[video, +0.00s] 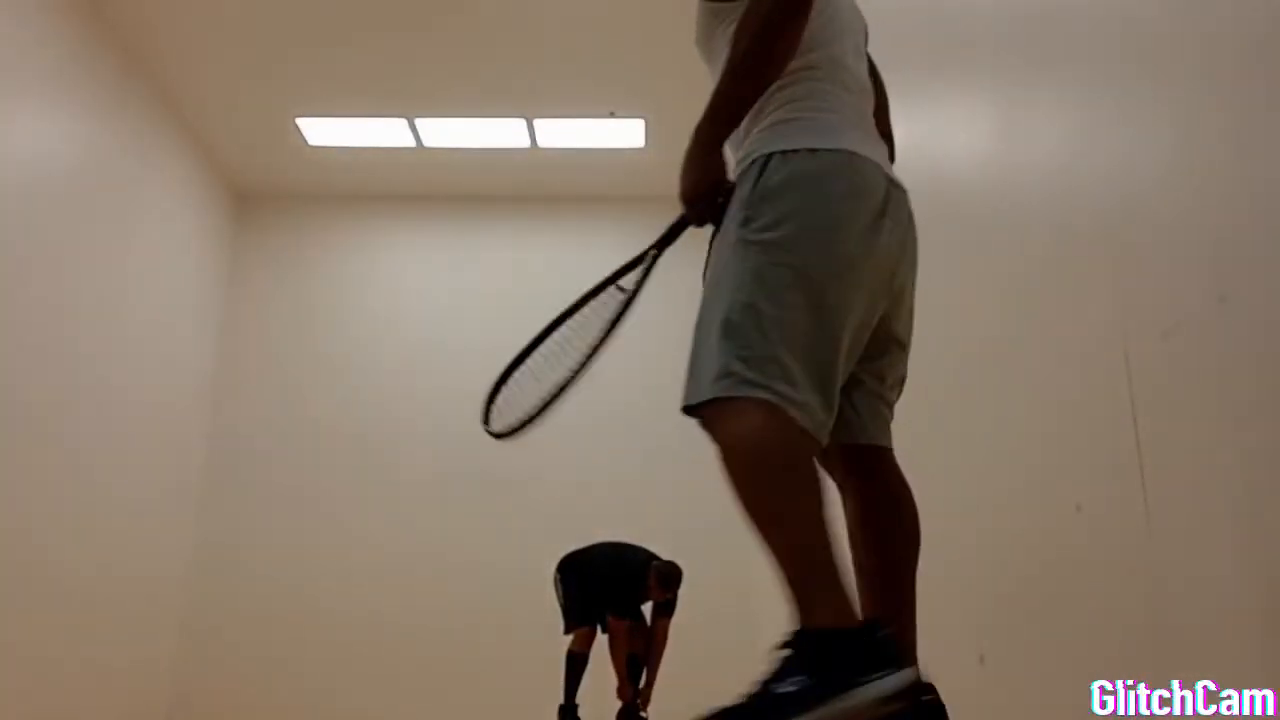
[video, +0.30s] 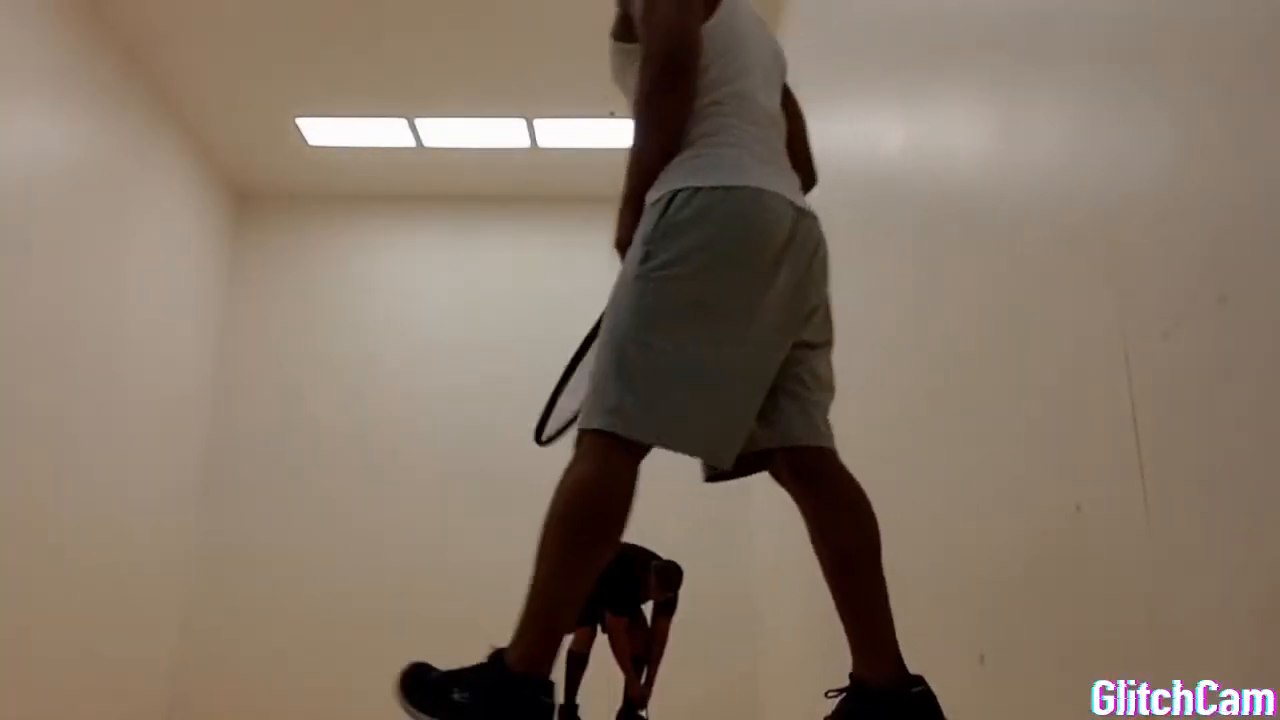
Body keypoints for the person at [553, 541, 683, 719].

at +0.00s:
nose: (662, 598)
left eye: (667, 594)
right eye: (660, 592)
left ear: (673, 590)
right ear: (652, 582)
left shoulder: (668, 587)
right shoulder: (624, 582)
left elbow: (659, 636)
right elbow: (617, 637)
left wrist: (649, 686)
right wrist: (623, 683)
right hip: (573, 576)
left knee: (640, 637)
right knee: (584, 633)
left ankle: (629, 707)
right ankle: (568, 706)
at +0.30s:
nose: (660, 597)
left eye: (666, 594)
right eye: (659, 591)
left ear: (672, 590)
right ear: (652, 580)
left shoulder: (669, 586)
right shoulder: (623, 577)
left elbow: (659, 636)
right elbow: (615, 633)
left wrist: (649, 683)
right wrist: (631, 680)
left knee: (642, 640)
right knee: (584, 637)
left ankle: (628, 708)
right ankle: (569, 704)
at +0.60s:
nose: (658, 599)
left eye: (666, 596)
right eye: (658, 592)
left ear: (673, 592)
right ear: (652, 582)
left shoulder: (669, 587)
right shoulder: (625, 581)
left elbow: (660, 637)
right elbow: (618, 638)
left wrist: (650, 687)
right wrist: (626, 690)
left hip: (609, 576)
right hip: (575, 574)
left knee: (642, 637)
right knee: (585, 633)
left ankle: (628, 709)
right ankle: (568, 706)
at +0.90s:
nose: (661, 602)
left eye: (667, 598)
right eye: (660, 595)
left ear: (674, 593)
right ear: (655, 585)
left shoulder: (670, 587)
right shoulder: (628, 584)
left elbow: (660, 639)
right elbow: (620, 640)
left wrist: (650, 688)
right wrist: (624, 690)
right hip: (576, 573)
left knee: (642, 638)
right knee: (586, 634)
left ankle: (629, 709)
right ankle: (569, 705)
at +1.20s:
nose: (661, 603)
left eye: (667, 599)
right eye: (660, 596)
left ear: (674, 592)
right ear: (655, 585)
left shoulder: (671, 586)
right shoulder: (627, 583)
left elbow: (661, 638)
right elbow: (621, 637)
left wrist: (650, 687)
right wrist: (625, 687)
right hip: (576, 574)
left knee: (643, 637)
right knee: (586, 635)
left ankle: (629, 709)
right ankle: (569, 706)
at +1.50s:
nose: (662, 603)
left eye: (668, 599)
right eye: (660, 596)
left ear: (674, 591)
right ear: (654, 585)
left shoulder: (671, 585)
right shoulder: (627, 584)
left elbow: (661, 639)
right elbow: (621, 642)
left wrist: (650, 688)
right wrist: (625, 691)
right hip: (577, 574)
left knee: (643, 636)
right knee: (586, 635)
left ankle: (628, 709)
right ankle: (569, 706)